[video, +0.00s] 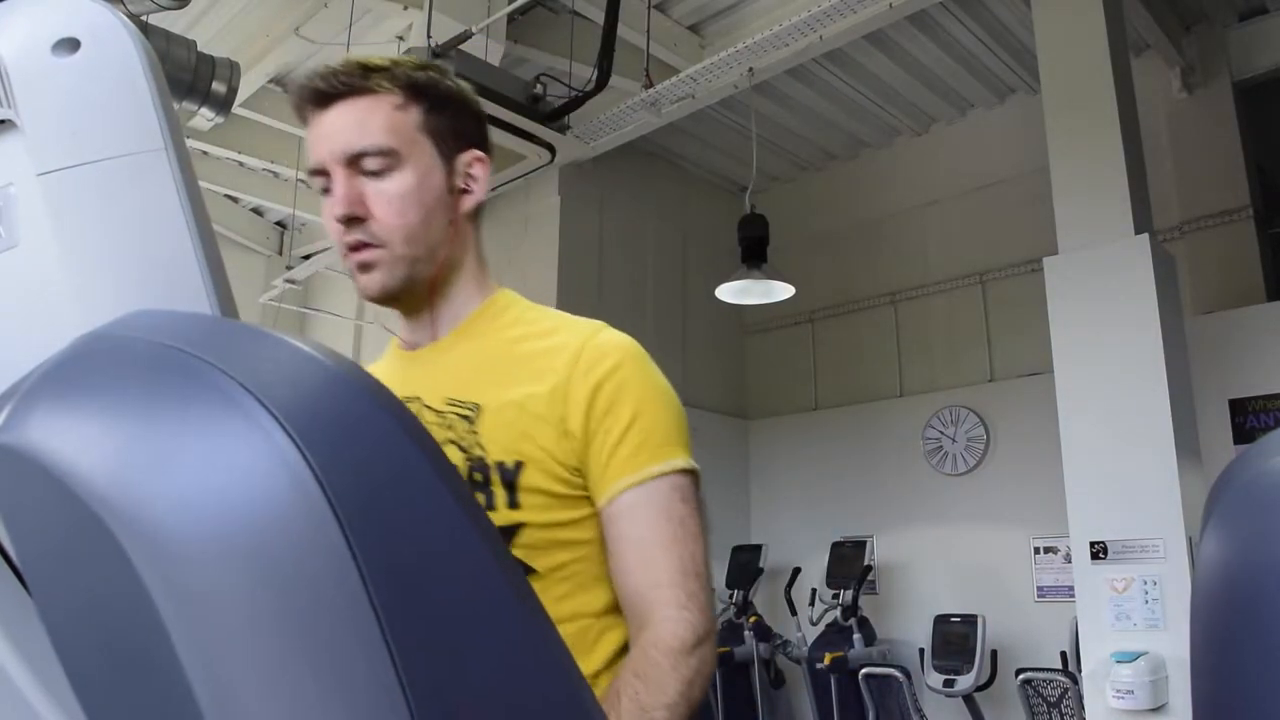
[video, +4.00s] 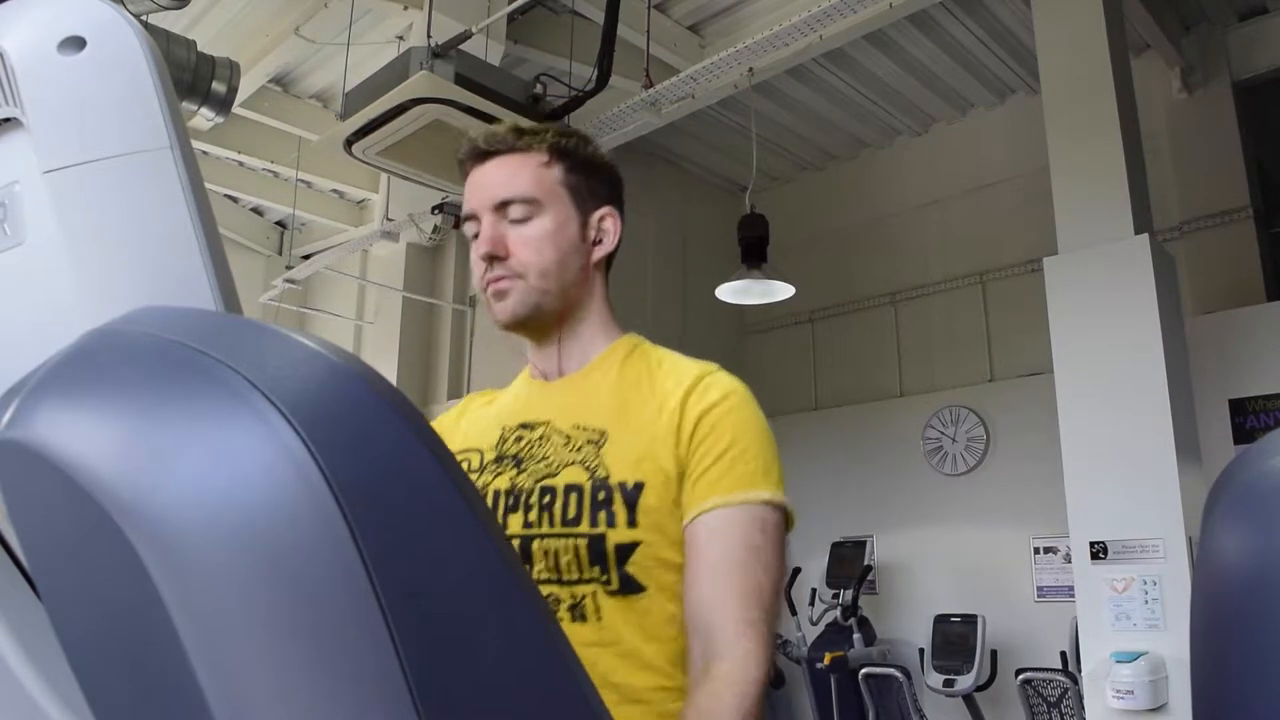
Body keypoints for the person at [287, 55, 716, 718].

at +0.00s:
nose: (340, 210)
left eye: (375, 170)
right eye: (324, 185)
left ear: (468, 181)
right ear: (318, 203)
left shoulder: (597, 369)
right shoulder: (353, 404)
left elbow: (676, 645)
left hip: (579, 701)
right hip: (410, 704)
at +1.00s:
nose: (559, 225)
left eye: (591, 197)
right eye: (547, 207)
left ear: (668, 222)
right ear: (539, 231)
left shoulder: (767, 394)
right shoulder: (497, 424)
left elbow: (821, 640)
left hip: (717, 702)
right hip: (540, 704)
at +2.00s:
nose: (493, 238)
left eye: (526, 206)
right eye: (483, 220)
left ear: (610, 230)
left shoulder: (708, 417)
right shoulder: (449, 437)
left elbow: (719, 693)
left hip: (637, 706)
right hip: (463, 703)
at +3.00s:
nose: (465, 226)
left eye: (497, 197)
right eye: (454, 211)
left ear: (574, 218)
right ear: (446, 237)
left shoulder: (673, 376)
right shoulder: (432, 418)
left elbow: (695, 631)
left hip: (619, 701)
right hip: (461, 702)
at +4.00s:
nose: (485, 247)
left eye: (518, 215)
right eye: (474, 228)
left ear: (600, 234)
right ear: (467, 248)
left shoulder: (703, 404)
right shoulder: (446, 435)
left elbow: (730, 668)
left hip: (640, 704)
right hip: (466, 703)